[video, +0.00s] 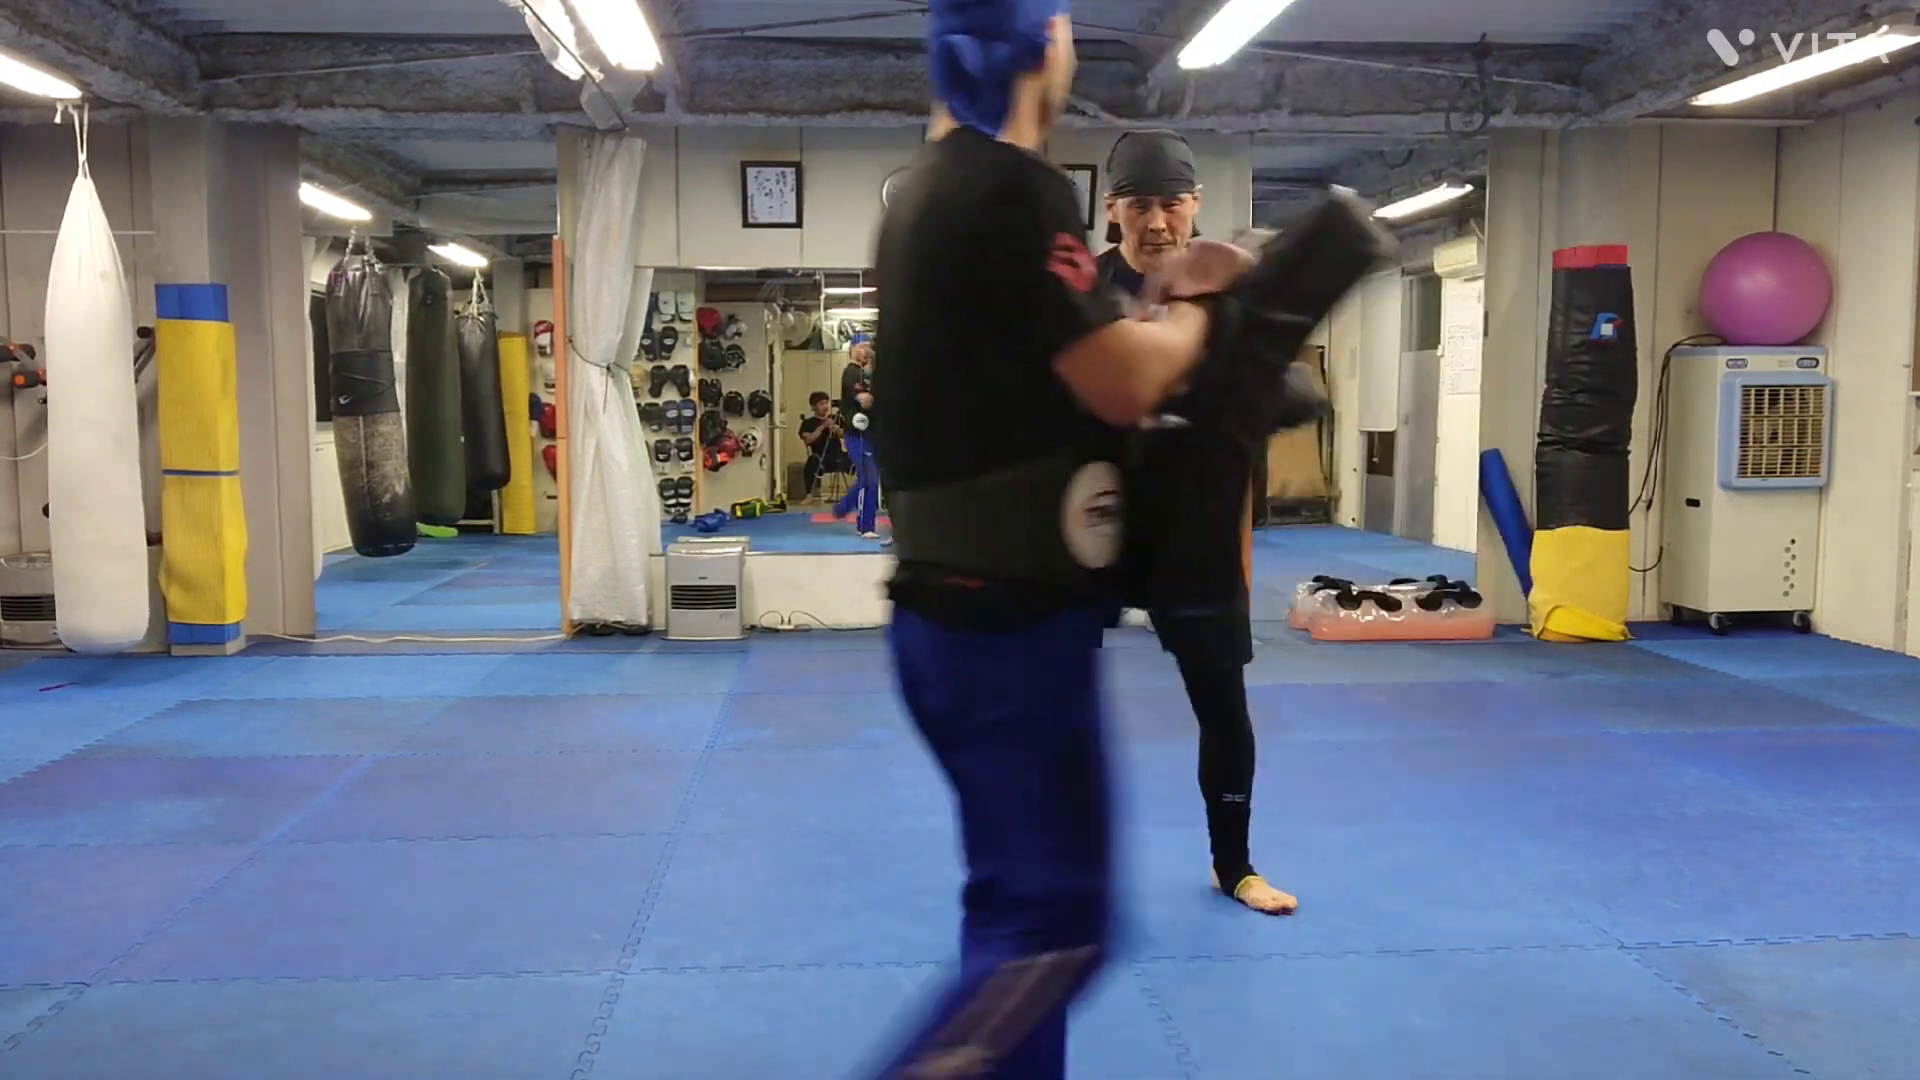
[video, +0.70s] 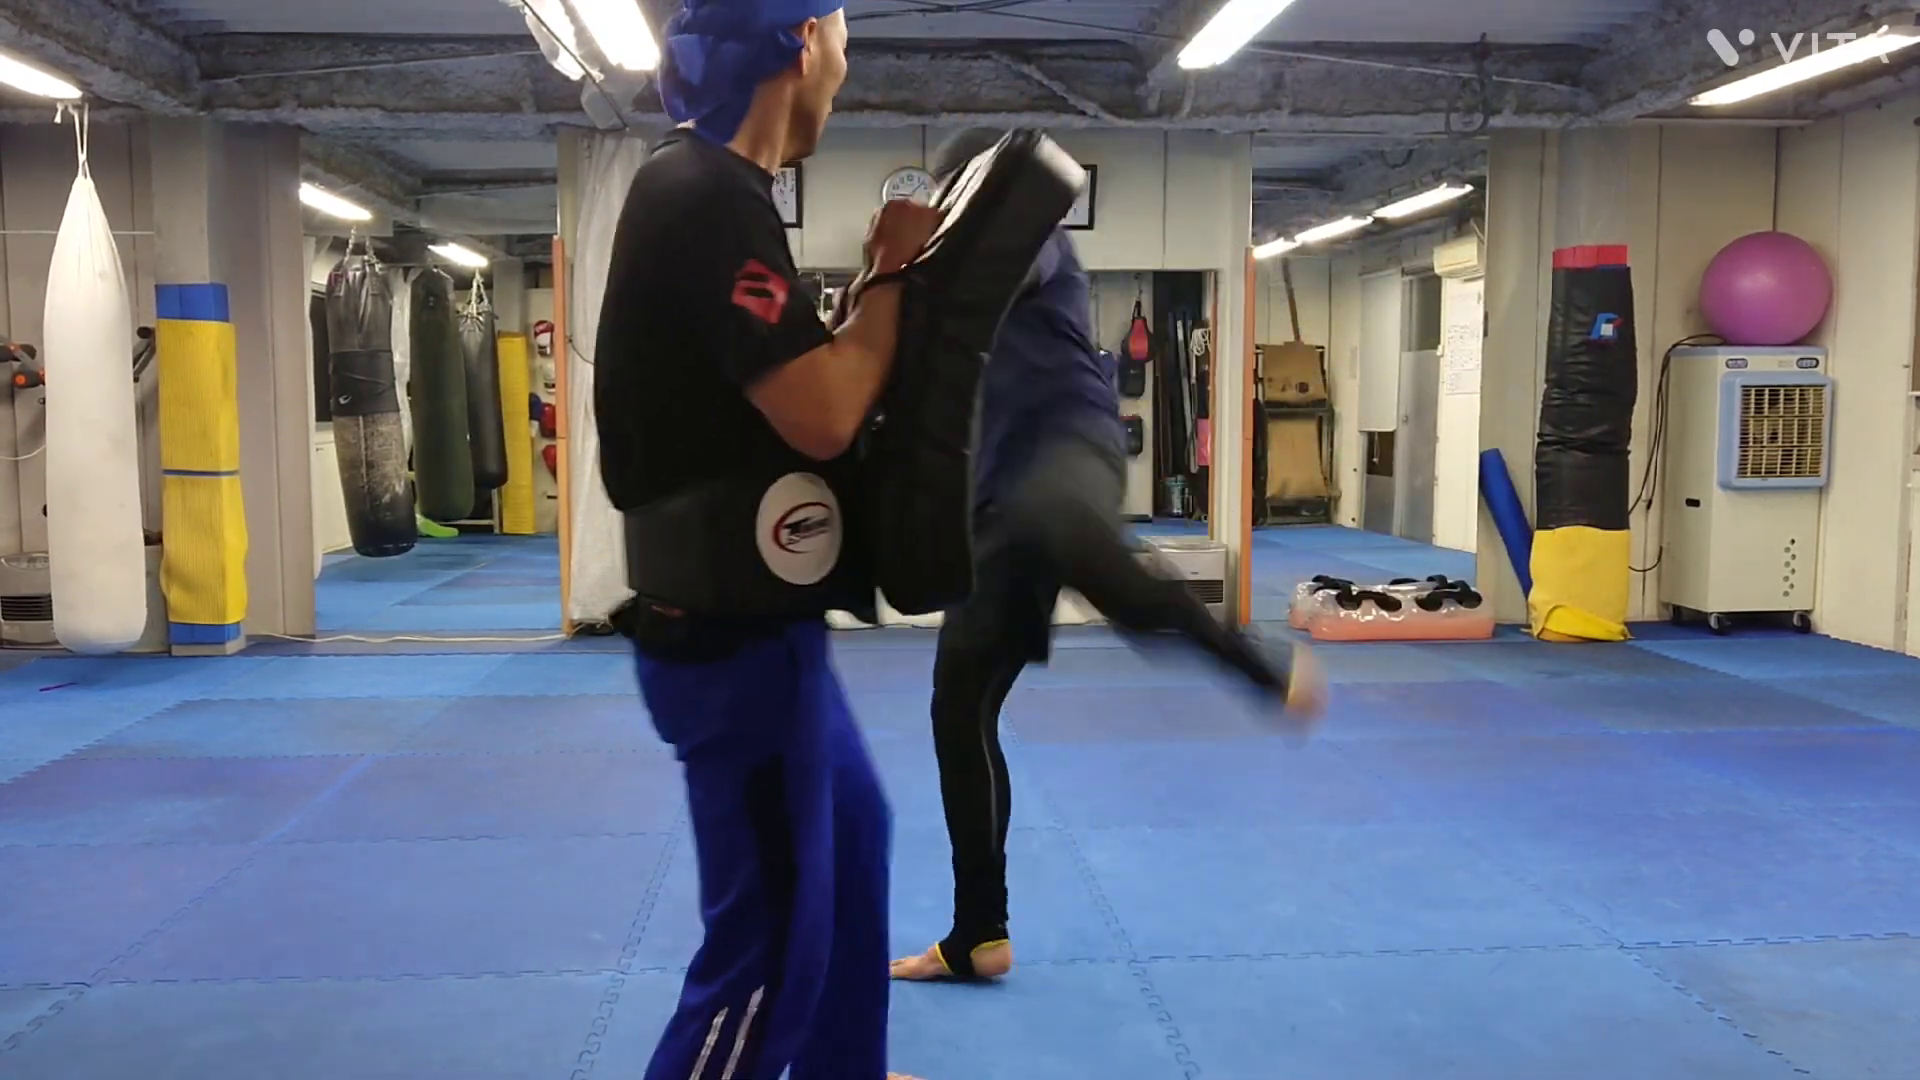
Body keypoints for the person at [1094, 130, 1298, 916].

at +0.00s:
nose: (1156, 223)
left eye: (1171, 205)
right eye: (1138, 206)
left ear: (1196, 210)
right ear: (1110, 211)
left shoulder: (1226, 299)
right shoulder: (1082, 293)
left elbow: (1254, 421)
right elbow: (1043, 402)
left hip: (1193, 529)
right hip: (1081, 526)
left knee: (1223, 702)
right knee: (1041, 690)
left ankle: (1234, 867)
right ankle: (1037, 874)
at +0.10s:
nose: (1153, 219)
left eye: (1167, 202)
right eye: (1137, 203)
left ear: (1196, 201)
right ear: (1116, 208)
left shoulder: (1228, 285)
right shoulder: (1085, 290)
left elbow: (1283, 383)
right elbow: (1045, 395)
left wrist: (1318, 420)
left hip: (1193, 525)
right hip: (1088, 523)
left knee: (1221, 701)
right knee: (1048, 696)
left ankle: (1232, 865)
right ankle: (1041, 841)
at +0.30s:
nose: (1136, 215)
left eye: (1147, 197)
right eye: (1118, 202)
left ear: (1178, 192)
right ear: (1098, 211)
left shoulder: (1224, 285)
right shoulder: (1074, 288)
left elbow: (1293, 389)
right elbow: (1016, 402)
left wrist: (1226, 359)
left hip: (1181, 535)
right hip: (1079, 533)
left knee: (1211, 700)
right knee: (997, 680)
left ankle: (1233, 869)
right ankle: (1021, 858)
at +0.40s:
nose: (1110, 206)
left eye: (1122, 188)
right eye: (1094, 191)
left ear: (1155, 196)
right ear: (1075, 202)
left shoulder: (1208, 274)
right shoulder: (1058, 275)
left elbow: (1248, 359)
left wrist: (1126, 295)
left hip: (1175, 532)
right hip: (1069, 530)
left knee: (1206, 697)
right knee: (985, 683)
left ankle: (1231, 868)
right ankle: (991, 892)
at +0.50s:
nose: (1067, 215)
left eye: (1073, 200)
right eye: (1057, 203)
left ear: (1098, 200)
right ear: (1043, 208)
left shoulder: (1151, 258)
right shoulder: (1039, 267)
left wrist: (1028, 237)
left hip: (1160, 534)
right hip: (1058, 538)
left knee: (1202, 706)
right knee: (966, 700)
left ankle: (1234, 866)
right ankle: (982, 927)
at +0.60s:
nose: (970, 208)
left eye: (989, 191)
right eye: (984, 191)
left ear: (1019, 187)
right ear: (994, 196)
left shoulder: (1065, 236)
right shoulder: (978, 268)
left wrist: (937, 243)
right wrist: (910, 274)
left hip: (1118, 503)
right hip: (1024, 525)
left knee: (1207, 695)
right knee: (953, 717)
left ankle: (1246, 799)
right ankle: (981, 942)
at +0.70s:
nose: (943, 209)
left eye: (954, 192)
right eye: (945, 195)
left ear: (986, 184)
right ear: (972, 198)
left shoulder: (1030, 228)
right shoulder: (969, 258)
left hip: (1063, 441)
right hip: (1008, 486)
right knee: (961, 708)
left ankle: (1273, 675)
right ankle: (978, 935)